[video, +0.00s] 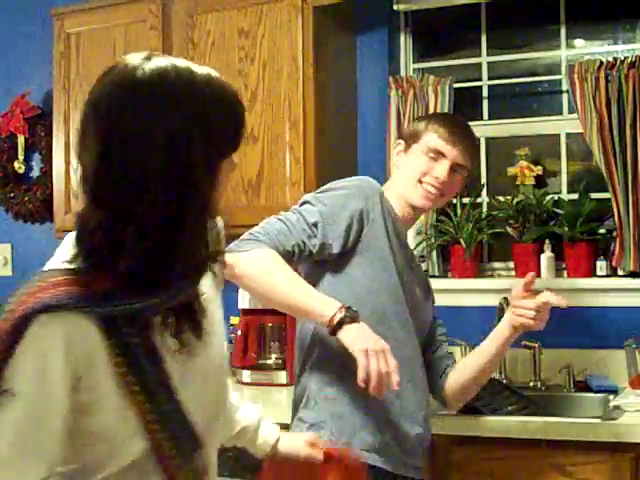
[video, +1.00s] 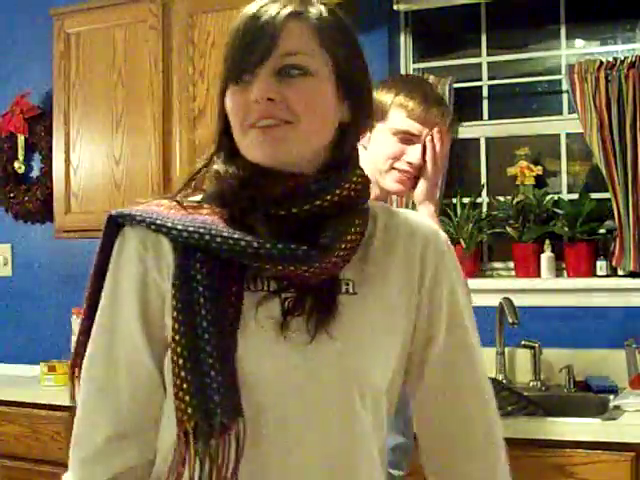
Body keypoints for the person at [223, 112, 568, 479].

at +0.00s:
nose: (442, 177)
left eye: (457, 171)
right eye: (434, 157)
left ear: (461, 189)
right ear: (400, 152)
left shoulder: (417, 282)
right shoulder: (361, 198)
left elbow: (449, 392)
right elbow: (244, 256)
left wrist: (508, 327)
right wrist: (342, 319)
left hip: (402, 463)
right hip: (339, 456)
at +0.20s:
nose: (430, 150)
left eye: (447, 146)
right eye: (421, 134)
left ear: (458, 171)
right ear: (393, 143)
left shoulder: (432, 271)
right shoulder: (347, 198)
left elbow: (469, 371)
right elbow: (226, 258)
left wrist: (514, 295)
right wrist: (294, 321)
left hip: (407, 460)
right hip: (342, 453)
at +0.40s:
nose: (425, 150)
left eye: (444, 143)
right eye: (416, 133)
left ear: (460, 166)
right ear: (396, 140)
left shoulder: (437, 265)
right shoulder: (344, 199)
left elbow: (482, 355)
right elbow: (227, 260)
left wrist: (494, 253)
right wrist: (270, 337)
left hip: (406, 460)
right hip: (333, 452)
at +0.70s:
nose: (419, 152)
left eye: (436, 144)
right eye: (410, 133)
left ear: (450, 160)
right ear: (386, 133)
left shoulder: (432, 255)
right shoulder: (320, 202)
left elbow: (480, 332)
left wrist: (459, 212)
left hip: (397, 459)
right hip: (318, 449)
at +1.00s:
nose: (414, 158)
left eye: (428, 145)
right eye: (403, 137)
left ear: (438, 154)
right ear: (362, 132)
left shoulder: (417, 233)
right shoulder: (316, 212)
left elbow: (444, 322)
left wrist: (427, 209)